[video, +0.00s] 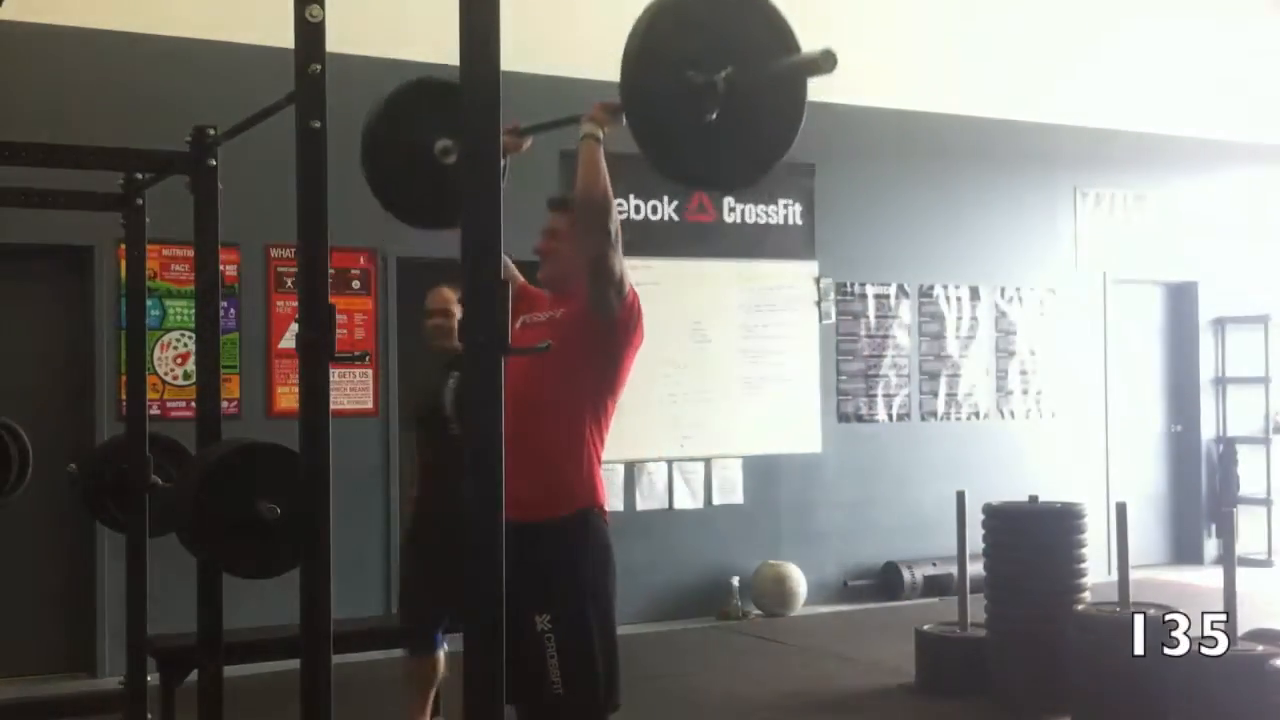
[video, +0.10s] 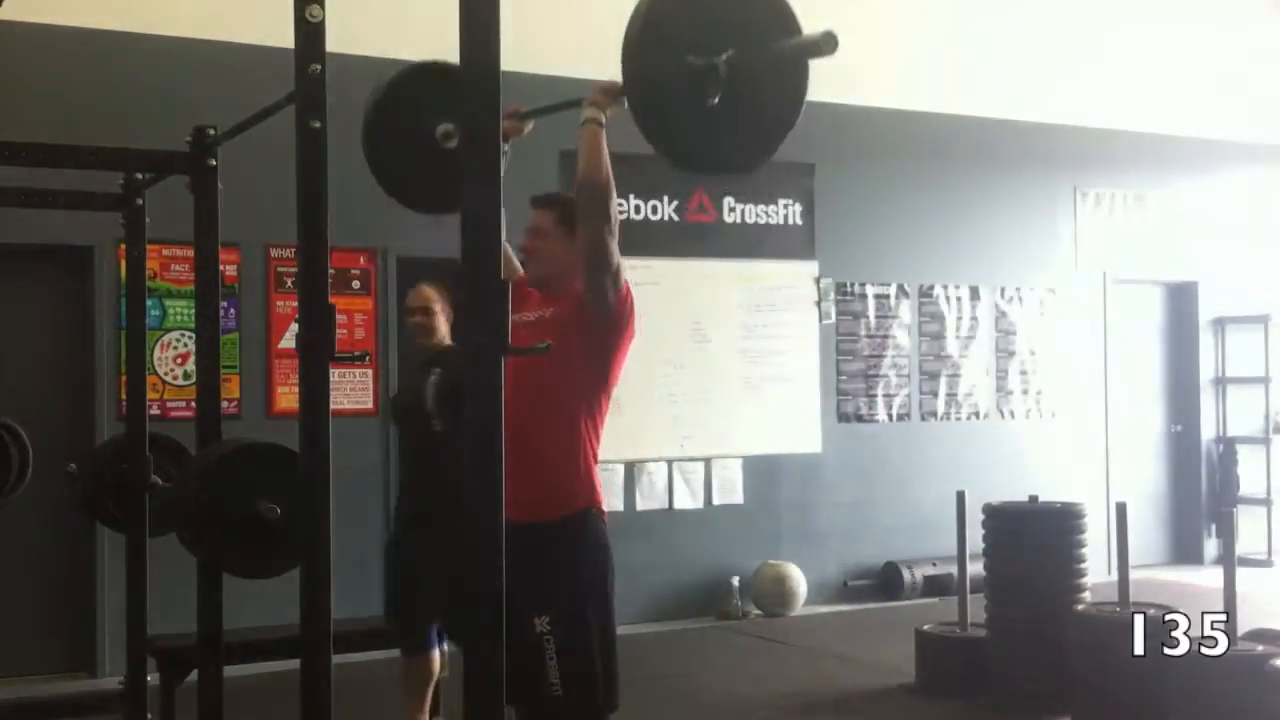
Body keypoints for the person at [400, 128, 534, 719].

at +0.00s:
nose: (440, 322)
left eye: (448, 313)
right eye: (433, 314)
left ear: (467, 319)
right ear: (422, 325)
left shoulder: (480, 368)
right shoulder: (422, 376)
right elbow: (421, 447)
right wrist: (416, 504)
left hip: (480, 509)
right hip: (431, 510)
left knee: (487, 626)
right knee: (421, 628)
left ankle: (484, 707)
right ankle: (423, 706)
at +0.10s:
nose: (418, 320)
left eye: (427, 311)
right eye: (411, 313)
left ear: (450, 315)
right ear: (404, 321)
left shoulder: (466, 368)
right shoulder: (412, 373)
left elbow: (473, 441)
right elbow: (413, 448)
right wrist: (407, 512)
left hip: (458, 512)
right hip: (416, 513)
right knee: (416, 624)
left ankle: (419, 710)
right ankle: (422, 711)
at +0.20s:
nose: (400, 320)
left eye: (410, 311)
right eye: (394, 313)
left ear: (432, 314)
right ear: (389, 320)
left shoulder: (453, 368)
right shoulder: (396, 378)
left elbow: (465, 442)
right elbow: (396, 456)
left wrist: (464, 507)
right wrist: (385, 511)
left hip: (445, 515)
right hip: (405, 516)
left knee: (422, 630)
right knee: (411, 630)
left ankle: (418, 711)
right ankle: (419, 711)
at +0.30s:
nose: (391, 320)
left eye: (399, 311)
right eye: (386, 313)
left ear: (421, 314)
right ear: (381, 320)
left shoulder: (446, 366)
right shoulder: (390, 374)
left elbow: (462, 441)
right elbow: (388, 453)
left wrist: (469, 503)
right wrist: (369, 505)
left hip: (441, 512)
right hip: (398, 514)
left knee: (436, 626)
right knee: (405, 628)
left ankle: (454, 715)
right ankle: (415, 715)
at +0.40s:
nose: (380, 322)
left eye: (389, 313)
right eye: (374, 315)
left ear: (411, 316)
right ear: (370, 322)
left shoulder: (440, 370)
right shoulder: (378, 382)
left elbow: (475, 428)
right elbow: (378, 458)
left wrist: (466, 501)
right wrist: (350, 504)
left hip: (434, 513)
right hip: (391, 514)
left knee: (421, 629)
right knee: (403, 627)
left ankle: (419, 715)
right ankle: (417, 714)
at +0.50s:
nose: (373, 325)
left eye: (382, 315)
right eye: (366, 318)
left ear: (405, 317)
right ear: (361, 325)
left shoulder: (434, 374)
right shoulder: (371, 385)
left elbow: (462, 434)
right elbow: (371, 459)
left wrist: (456, 489)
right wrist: (338, 502)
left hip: (426, 516)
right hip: (383, 518)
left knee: (413, 629)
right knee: (395, 627)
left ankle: (407, 717)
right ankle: (422, 714)